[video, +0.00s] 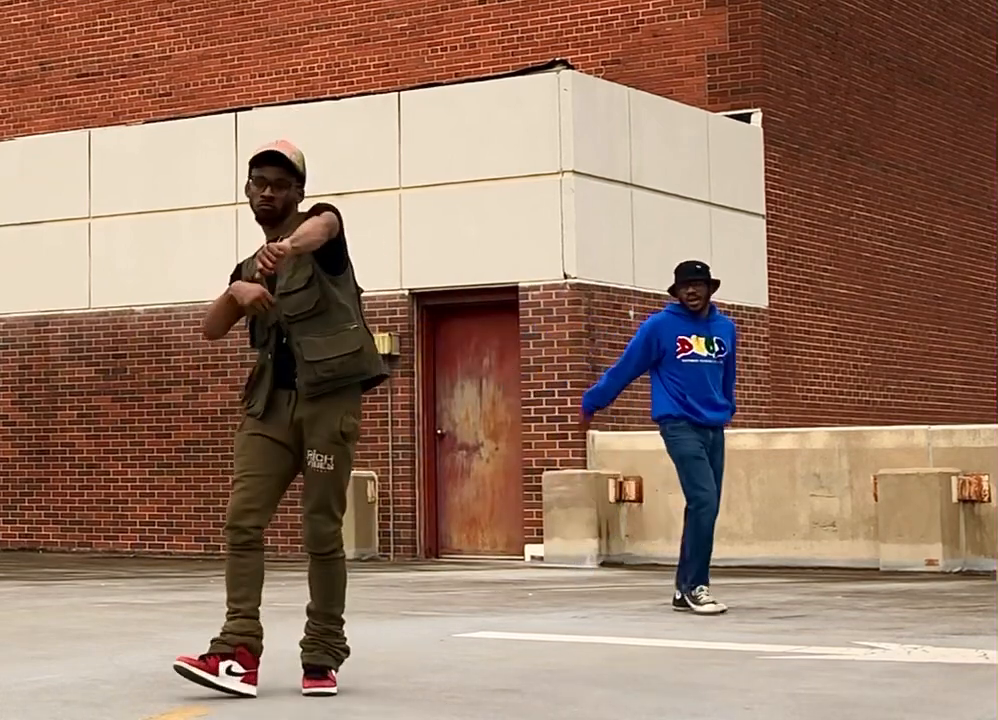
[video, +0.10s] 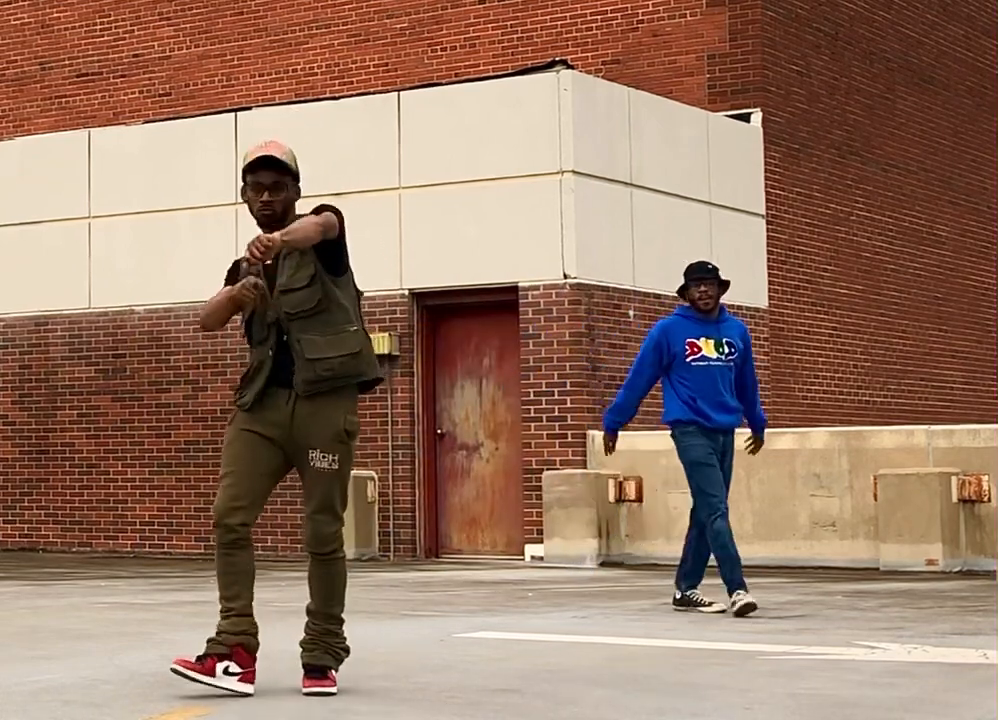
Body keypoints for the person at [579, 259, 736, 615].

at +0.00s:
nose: (692, 292)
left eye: (698, 285)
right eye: (685, 286)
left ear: (710, 288)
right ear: (677, 291)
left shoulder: (726, 327)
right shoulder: (660, 324)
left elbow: (729, 376)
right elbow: (625, 368)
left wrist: (726, 410)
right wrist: (591, 402)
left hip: (714, 425)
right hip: (679, 424)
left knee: (705, 505)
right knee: (705, 500)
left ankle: (687, 589)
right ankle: (695, 587)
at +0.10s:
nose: (704, 290)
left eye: (710, 284)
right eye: (697, 285)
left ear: (721, 289)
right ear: (686, 291)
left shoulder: (737, 329)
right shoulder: (668, 330)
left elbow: (747, 381)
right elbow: (639, 378)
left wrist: (758, 423)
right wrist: (612, 421)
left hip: (725, 429)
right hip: (690, 427)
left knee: (708, 509)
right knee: (714, 505)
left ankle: (685, 590)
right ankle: (738, 591)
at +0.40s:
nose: (740, 285)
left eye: (744, 281)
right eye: (732, 281)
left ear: (750, 287)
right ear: (716, 290)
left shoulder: (771, 324)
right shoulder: (700, 332)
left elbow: (790, 367)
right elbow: (704, 387)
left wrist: (801, 404)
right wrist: (735, 418)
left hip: (765, 430)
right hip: (726, 431)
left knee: (778, 514)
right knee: (746, 513)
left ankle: (722, 560)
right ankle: (762, 594)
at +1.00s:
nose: (781, 276)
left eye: (788, 270)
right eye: (776, 272)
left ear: (808, 275)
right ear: (772, 280)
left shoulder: (838, 317)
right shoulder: (759, 322)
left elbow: (857, 377)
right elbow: (736, 380)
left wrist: (870, 432)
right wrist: (719, 435)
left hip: (822, 432)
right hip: (773, 433)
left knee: (832, 513)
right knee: (770, 514)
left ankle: (840, 599)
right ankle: (766, 592)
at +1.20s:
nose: (789, 273)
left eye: (797, 267)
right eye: (788, 268)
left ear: (821, 270)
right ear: (789, 273)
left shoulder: (852, 314)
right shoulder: (774, 314)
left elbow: (878, 371)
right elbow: (756, 372)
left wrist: (897, 423)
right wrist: (748, 425)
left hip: (831, 432)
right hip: (782, 432)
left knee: (838, 514)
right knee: (774, 510)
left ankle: (840, 598)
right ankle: (786, 587)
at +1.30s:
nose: (789, 272)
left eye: (797, 267)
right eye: (790, 267)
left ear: (823, 271)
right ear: (804, 272)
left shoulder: (854, 314)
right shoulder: (782, 313)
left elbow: (885, 372)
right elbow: (772, 371)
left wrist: (906, 429)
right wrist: (769, 421)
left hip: (831, 431)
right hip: (783, 431)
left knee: (838, 515)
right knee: (781, 511)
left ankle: (840, 599)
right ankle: (801, 596)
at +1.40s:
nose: (790, 273)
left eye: (796, 268)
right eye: (791, 267)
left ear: (819, 271)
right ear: (809, 272)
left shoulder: (854, 315)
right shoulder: (789, 313)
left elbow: (883, 374)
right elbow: (783, 369)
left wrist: (898, 433)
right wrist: (778, 413)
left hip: (832, 432)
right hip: (788, 431)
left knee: (838, 517)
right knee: (796, 515)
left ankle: (841, 600)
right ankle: (801, 599)